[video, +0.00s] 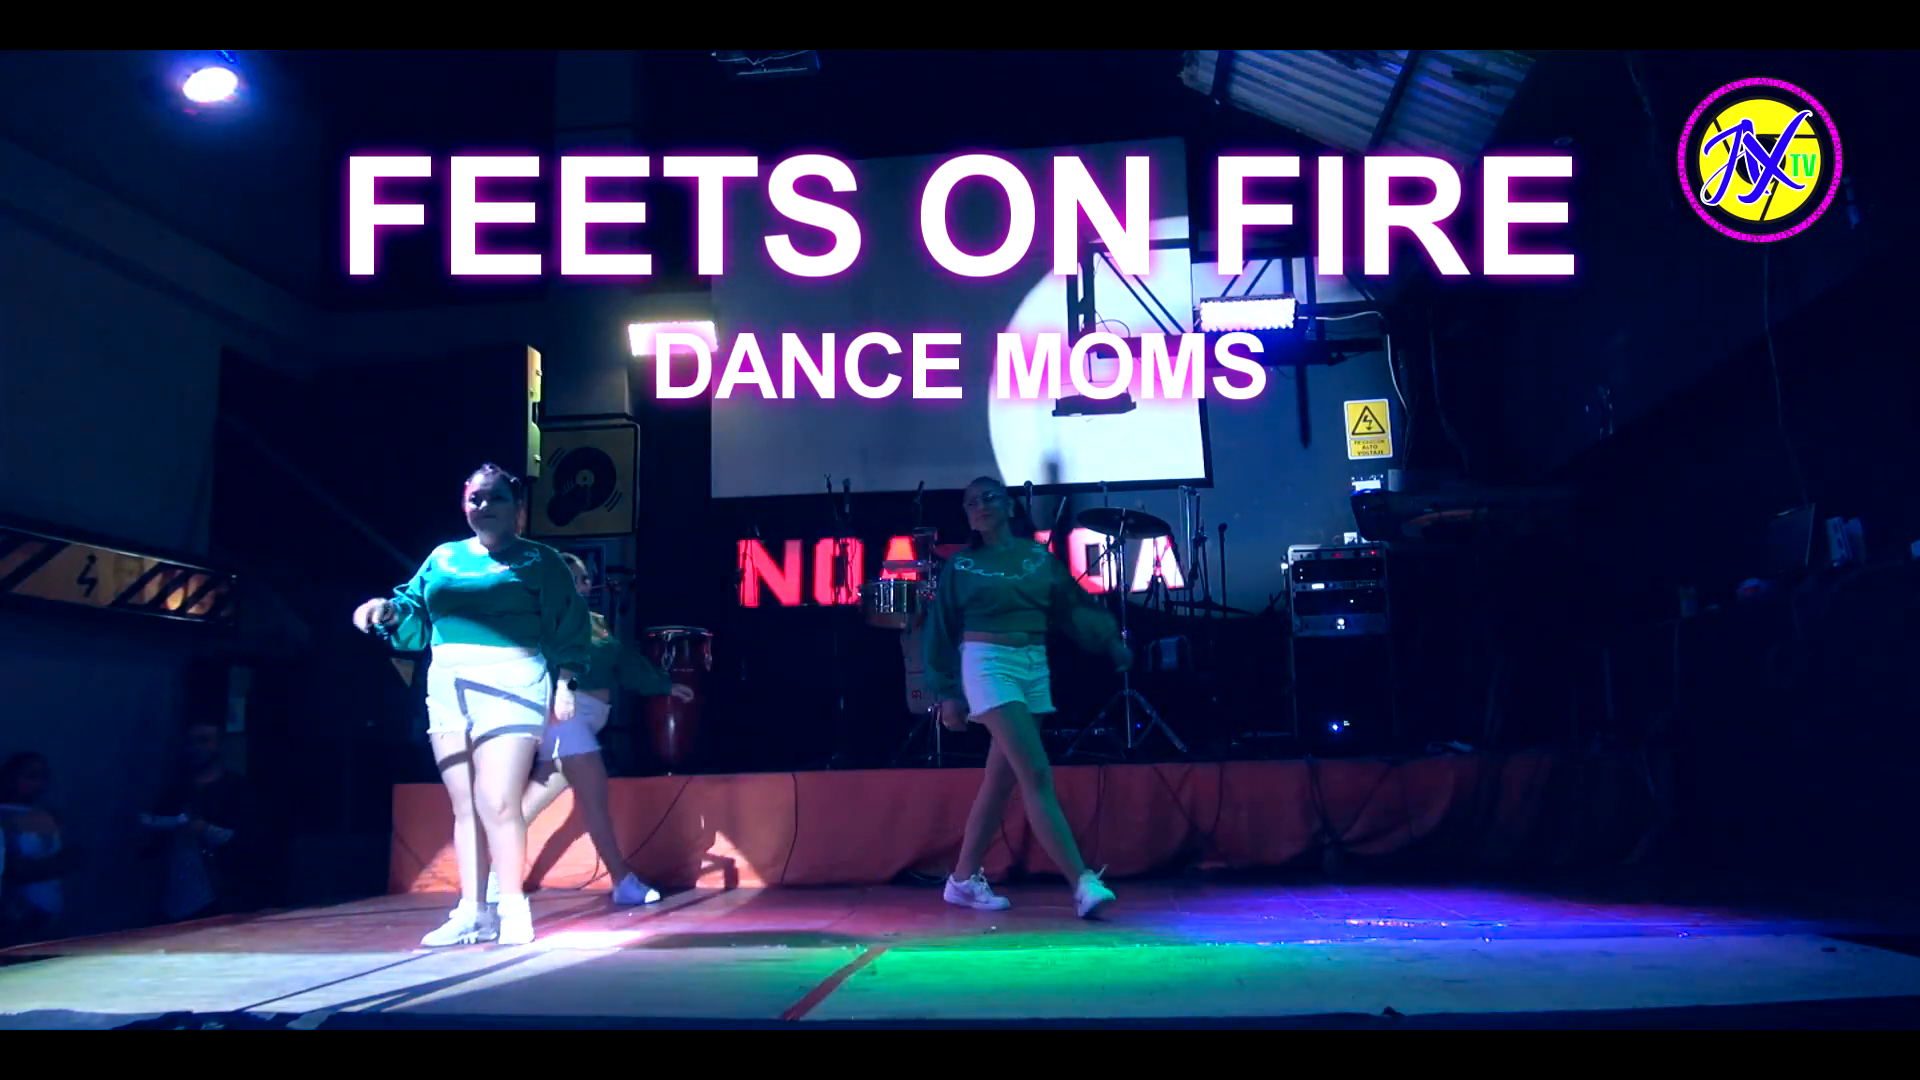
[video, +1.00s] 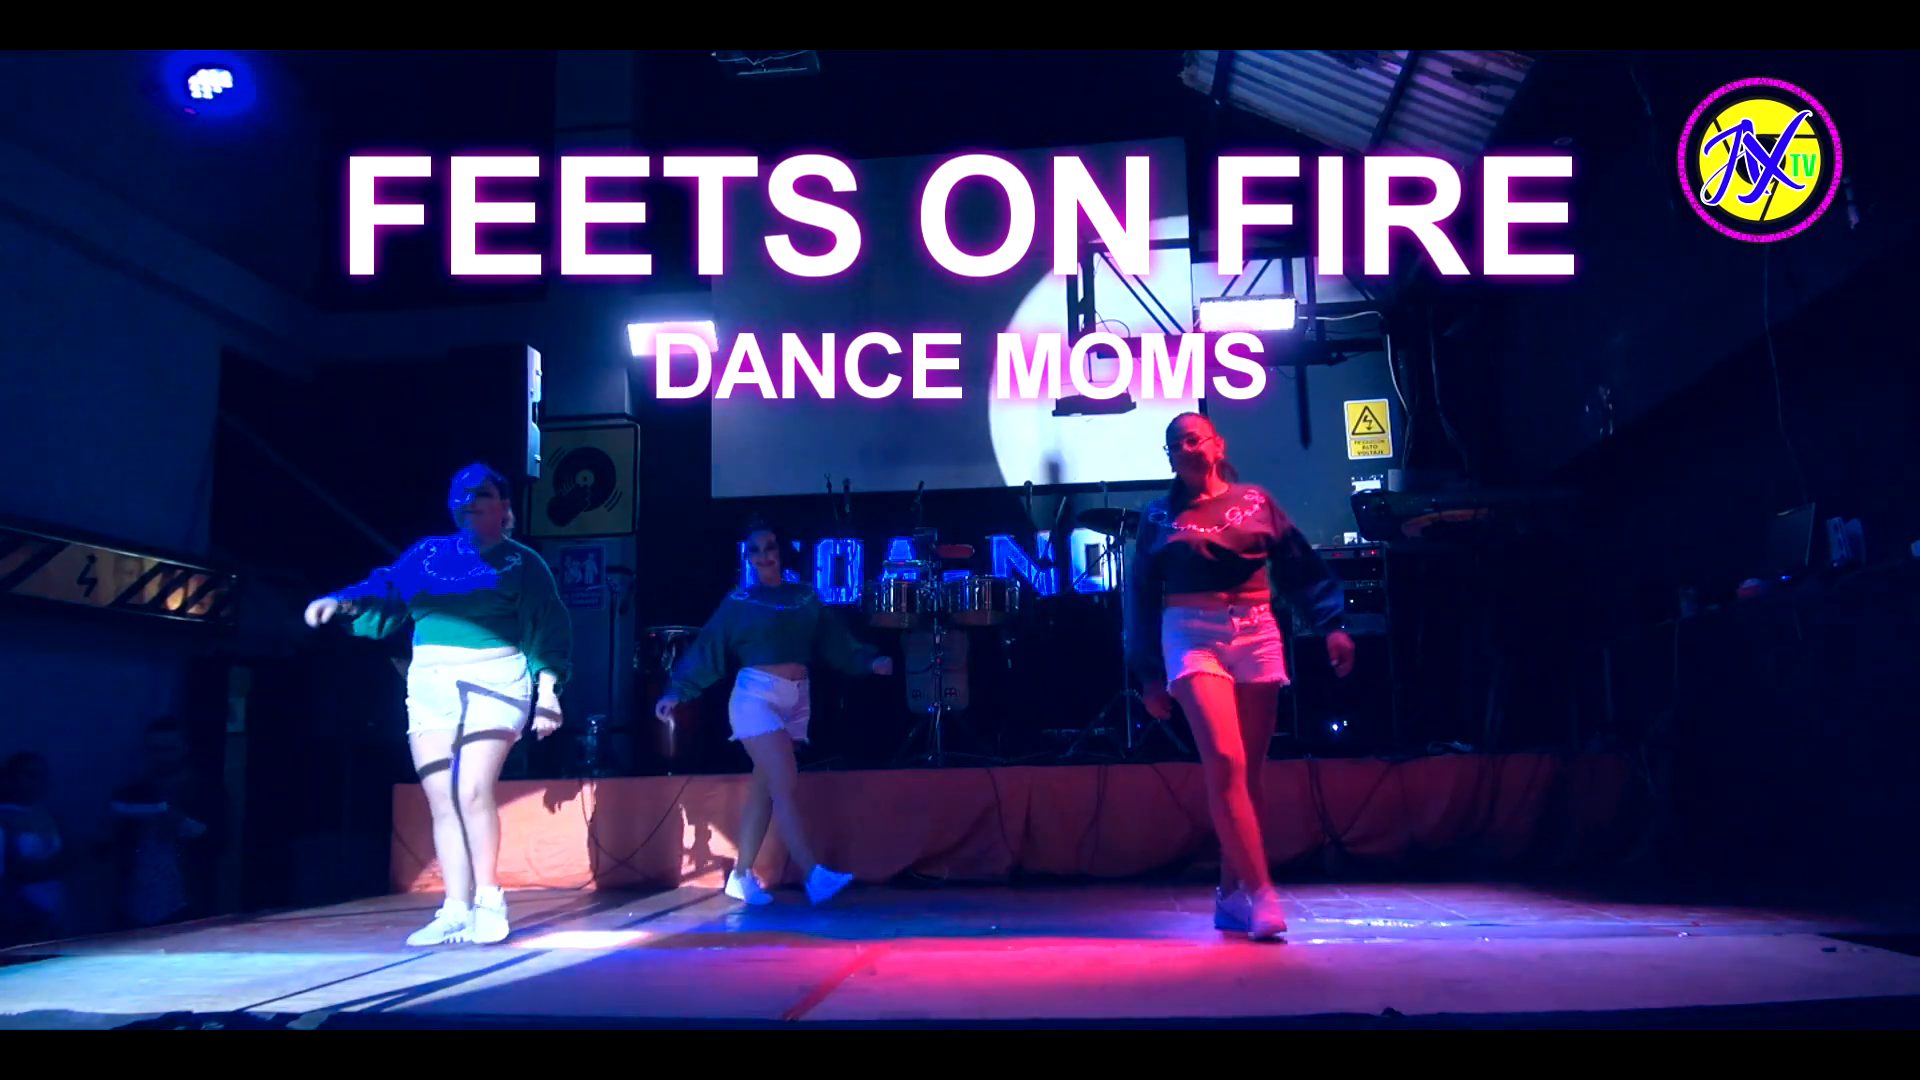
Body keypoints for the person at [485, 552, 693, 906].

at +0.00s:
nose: (584, 587)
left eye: (586, 581)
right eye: (577, 581)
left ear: (589, 585)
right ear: (559, 585)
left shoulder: (591, 622)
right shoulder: (554, 621)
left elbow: (625, 660)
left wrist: (665, 685)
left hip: (589, 716)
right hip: (564, 712)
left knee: (528, 805)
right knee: (595, 793)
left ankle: (492, 879)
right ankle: (622, 880)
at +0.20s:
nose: (632, 585)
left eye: (636, 578)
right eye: (623, 578)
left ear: (639, 579)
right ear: (602, 580)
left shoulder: (642, 618)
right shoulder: (592, 621)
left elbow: (654, 670)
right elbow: (585, 669)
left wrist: (658, 715)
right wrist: (606, 711)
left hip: (643, 713)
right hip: (608, 712)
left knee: (658, 793)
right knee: (619, 798)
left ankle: (590, 815)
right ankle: (623, 880)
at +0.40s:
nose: (679, 571)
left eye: (684, 566)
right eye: (672, 562)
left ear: (687, 570)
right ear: (651, 561)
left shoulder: (680, 610)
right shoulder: (630, 606)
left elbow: (683, 655)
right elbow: (627, 655)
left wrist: (692, 671)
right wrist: (663, 672)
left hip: (681, 701)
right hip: (640, 701)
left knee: (707, 773)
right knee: (639, 792)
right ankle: (634, 877)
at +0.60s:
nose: (724, 574)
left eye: (729, 570)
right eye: (718, 566)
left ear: (730, 579)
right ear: (698, 567)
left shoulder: (720, 617)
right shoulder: (673, 607)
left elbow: (728, 668)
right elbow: (661, 659)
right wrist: (691, 694)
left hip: (728, 704)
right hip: (685, 705)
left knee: (732, 800)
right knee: (677, 802)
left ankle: (736, 883)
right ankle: (647, 869)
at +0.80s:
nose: (749, 573)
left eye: (756, 567)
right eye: (742, 566)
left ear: (763, 572)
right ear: (727, 567)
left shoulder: (766, 616)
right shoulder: (706, 609)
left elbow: (787, 668)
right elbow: (686, 659)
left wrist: (819, 704)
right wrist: (675, 708)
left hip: (765, 704)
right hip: (724, 705)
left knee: (760, 792)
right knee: (771, 776)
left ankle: (740, 881)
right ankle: (716, 827)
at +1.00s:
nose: (765, 556)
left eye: (771, 548)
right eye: (756, 550)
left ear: (782, 551)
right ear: (747, 556)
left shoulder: (805, 597)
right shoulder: (738, 603)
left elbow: (835, 641)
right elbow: (706, 653)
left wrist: (869, 661)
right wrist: (676, 692)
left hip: (795, 699)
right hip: (755, 697)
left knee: (764, 788)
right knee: (784, 781)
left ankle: (741, 873)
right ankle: (813, 875)